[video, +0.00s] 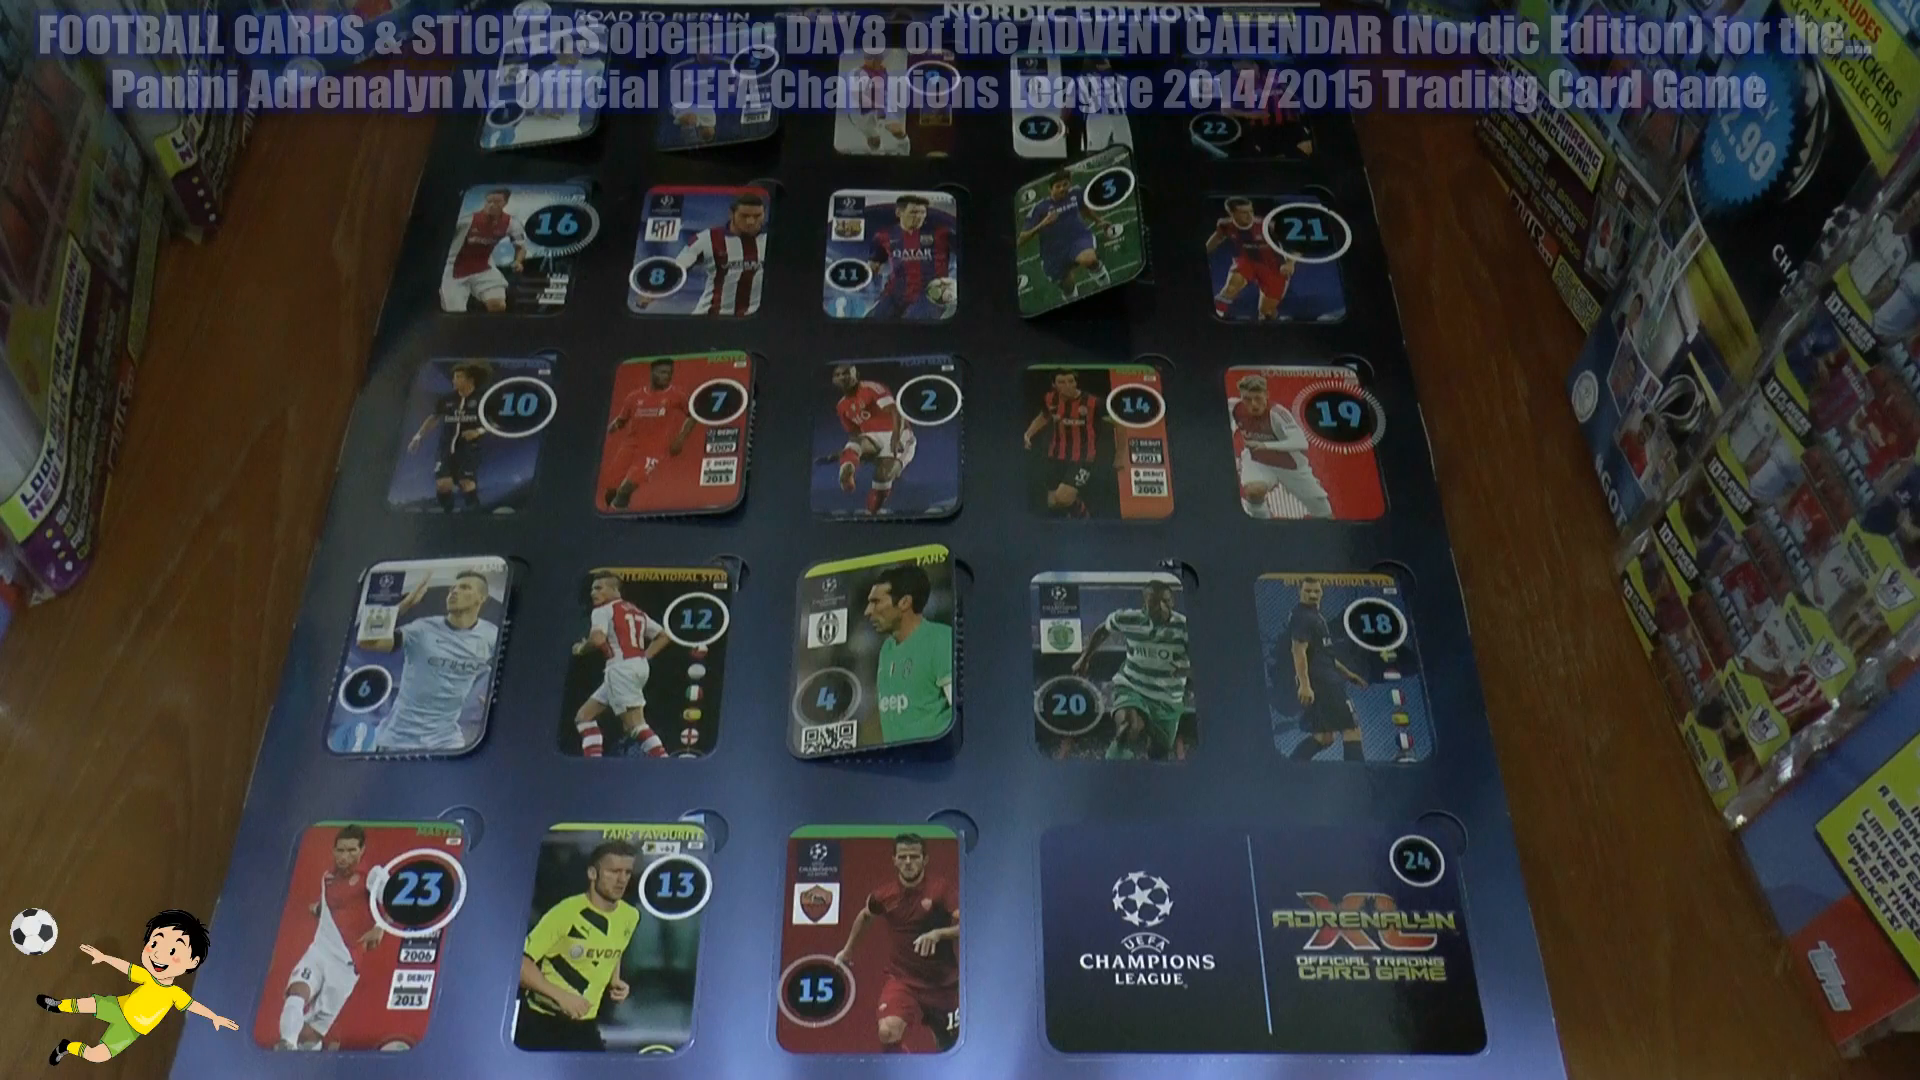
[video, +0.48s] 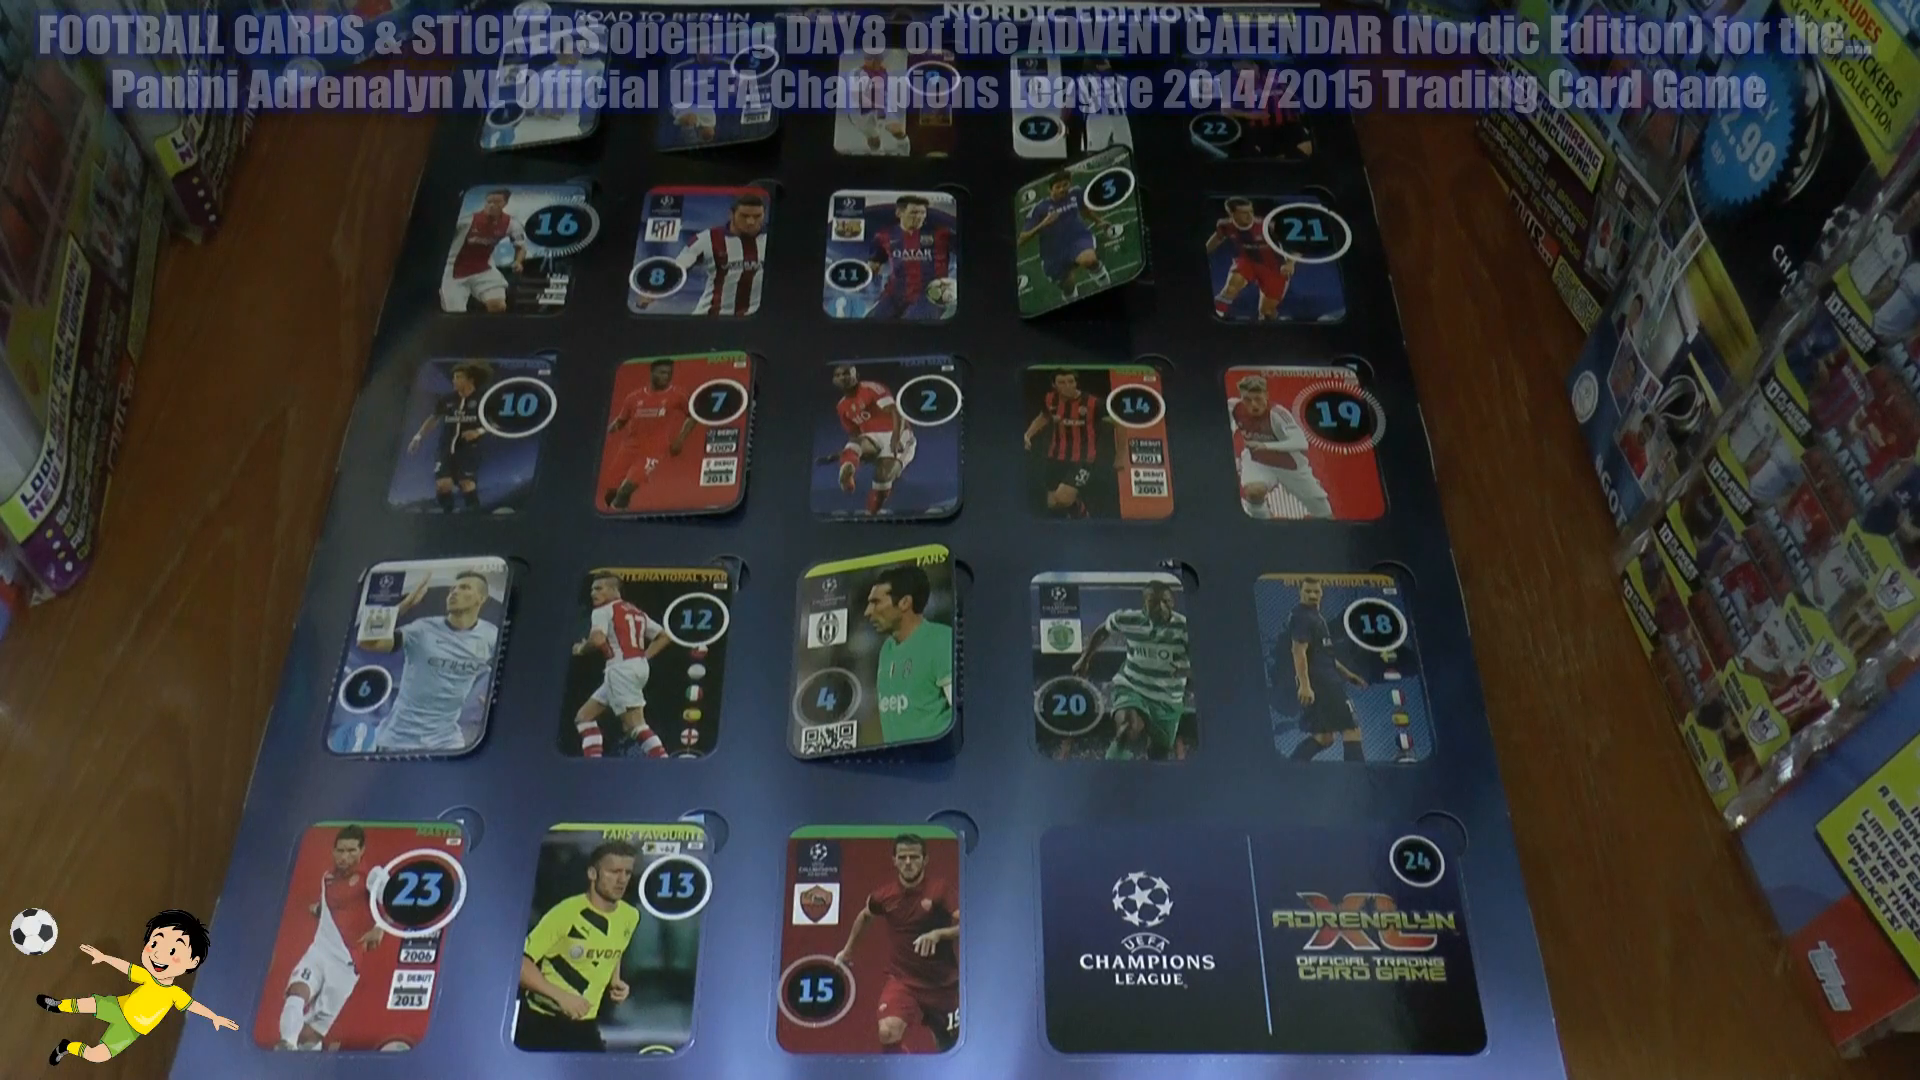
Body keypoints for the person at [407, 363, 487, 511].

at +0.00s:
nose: (455, 381)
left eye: (459, 377)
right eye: (454, 377)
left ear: (469, 381)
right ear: (453, 380)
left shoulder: (481, 400)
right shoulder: (447, 400)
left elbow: (492, 421)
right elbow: (433, 418)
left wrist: (477, 432)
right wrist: (418, 436)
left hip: (468, 448)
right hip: (446, 449)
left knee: (466, 482)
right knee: (443, 484)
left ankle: (475, 517)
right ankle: (448, 516)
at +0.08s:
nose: (454, 381)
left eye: (458, 377)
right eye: (454, 377)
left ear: (469, 380)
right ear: (453, 380)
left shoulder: (481, 400)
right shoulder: (447, 400)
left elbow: (492, 421)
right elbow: (433, 418)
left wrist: (477, 432)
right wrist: (418, 436)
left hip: (468, 449)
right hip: (446, 449)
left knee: (466, 482)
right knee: (443, 484)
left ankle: (474, 517)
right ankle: (448, 517)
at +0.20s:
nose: (454, 381)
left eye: (458, 377)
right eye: (454, 377)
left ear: (469, 380)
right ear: (453, 380)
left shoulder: (481, 400)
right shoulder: (447, 400)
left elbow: (492, 422)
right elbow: (433, 418)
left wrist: (477, 432)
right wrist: (418, 436)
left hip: (467, 449)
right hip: (446, 449)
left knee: (467, 484)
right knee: (443, 485)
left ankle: (475, 519)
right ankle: (448, 519)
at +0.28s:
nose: (454, 381)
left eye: (459, 377)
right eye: (454, 377)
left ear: (469, 380)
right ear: (452, 380)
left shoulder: (481, 400)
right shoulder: (447, 400)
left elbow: (492, 422)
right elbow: (433, 419)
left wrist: (477, 432)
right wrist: (418, 437)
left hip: (468, 449)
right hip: (446, 450)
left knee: (467, 484)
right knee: (443, 485)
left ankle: (475, 519)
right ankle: (449, 519)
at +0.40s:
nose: (454, 381)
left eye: (459, 377)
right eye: (454, 377)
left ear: (469, 381)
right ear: (453, 380)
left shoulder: (481, 400)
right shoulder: (447, 400)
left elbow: (492, 422)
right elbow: (433, 419)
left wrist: (477, 432)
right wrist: (418, 436)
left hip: (468, 449)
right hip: (446, 449)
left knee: (466, 483)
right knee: (443, 484)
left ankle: (475, 518)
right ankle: (448, 518)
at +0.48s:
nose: (455, 381)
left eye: (459, 377)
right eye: (454, 377)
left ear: (470, 381)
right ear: (452, 380)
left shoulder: (481, 400)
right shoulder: (447, 400)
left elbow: (492, 422)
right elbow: (433, 419)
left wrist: (477, 432)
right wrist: (418, 436)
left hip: (468, 449)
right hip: (446, 449)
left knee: (466, 483)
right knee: (443, 485)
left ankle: (475, 519)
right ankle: (448, 518)